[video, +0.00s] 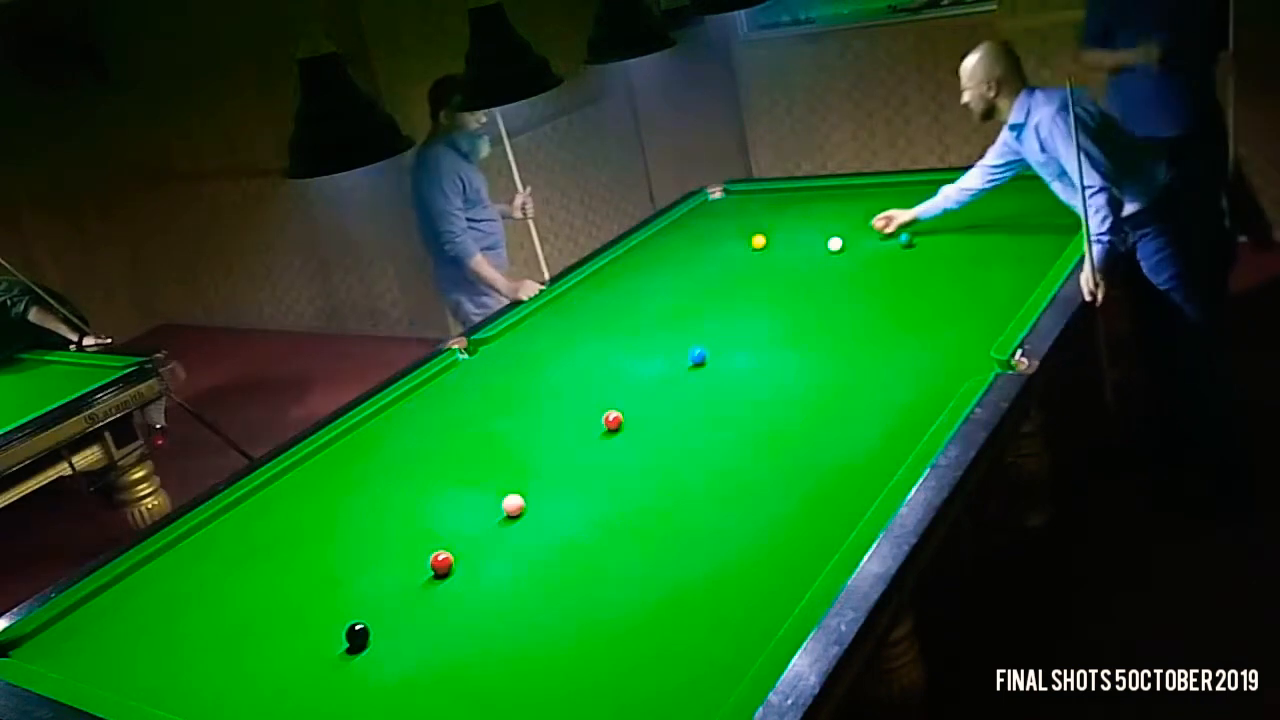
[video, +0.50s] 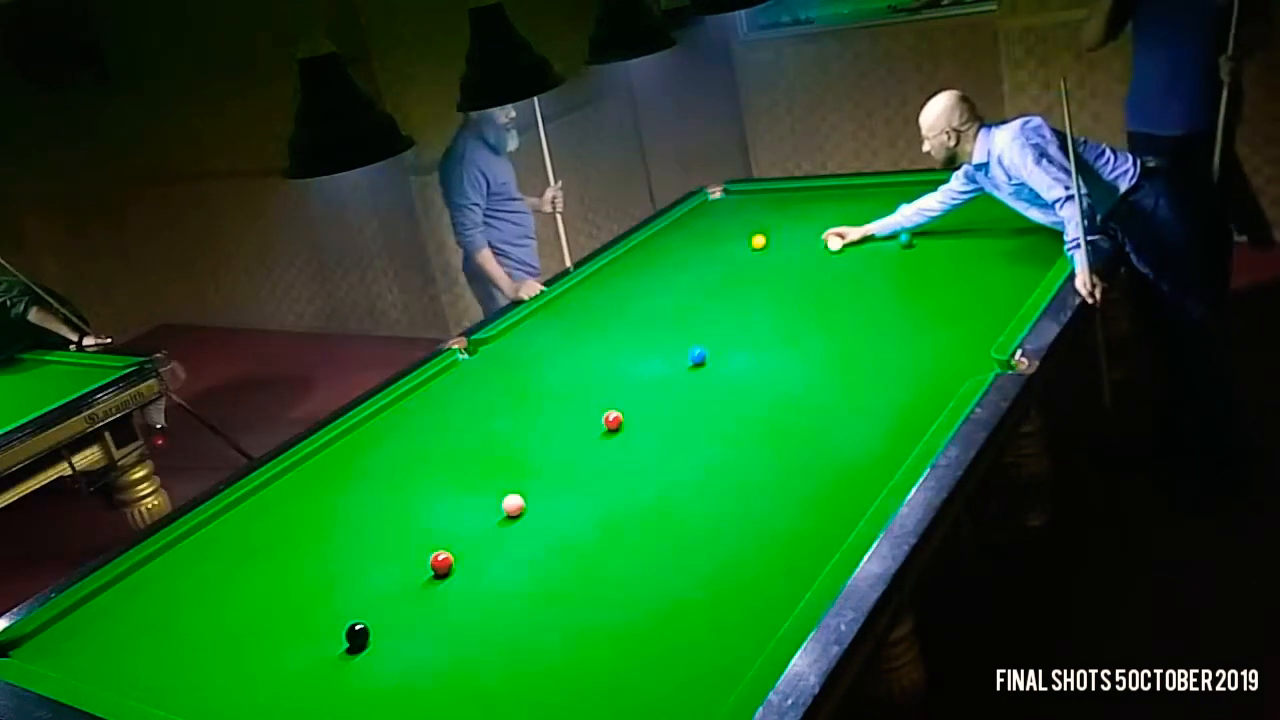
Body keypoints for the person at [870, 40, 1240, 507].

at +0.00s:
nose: (963, 98)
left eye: (967, 88)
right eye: (962, 89)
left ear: (992, 86)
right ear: (993, 86)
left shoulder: (1051, 112)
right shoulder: (1019, 130)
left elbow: (1097, 186)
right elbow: (974, 181)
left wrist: (1095, 258)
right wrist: (911, 214)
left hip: (1158, 220)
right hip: (1128, 227)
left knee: (1193, 341)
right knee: (1168, 342)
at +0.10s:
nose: (947, 114)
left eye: (952, 104)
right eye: (947, 105)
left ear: (979, 99)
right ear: (977, 100)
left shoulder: (1036, 119)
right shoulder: (1000, 143)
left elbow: (1081, 183)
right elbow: (955, 189)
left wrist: (1086, 255)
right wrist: (891, 220)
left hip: (1149, 214)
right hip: (1119, 224)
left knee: (1188, 330)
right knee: (1164, 332)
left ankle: (1208, 444)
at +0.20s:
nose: (935, 128)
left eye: (939, 117)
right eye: (934, 119)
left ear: (965, 112)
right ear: (964, 115)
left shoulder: (1025, 130)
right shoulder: (987, 155)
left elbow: (1075, 191)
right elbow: (941, 196)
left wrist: (1084, 258)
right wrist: (875, 226)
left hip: (1149, 200)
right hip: (1123, 217)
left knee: (1194, 317)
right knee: (1172, 319)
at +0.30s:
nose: (928, 138)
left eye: (931, 129)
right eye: (927, 129)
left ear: (958, 123)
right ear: (959, 125)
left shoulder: (1020, 135)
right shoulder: (981, 163)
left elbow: (1072, 195)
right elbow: (934, 201)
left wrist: (1082, 263)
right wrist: (867, 228)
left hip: (1149, 201)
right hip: (1125, 221)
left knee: (1194, 321)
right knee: (1171, 324)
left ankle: (1215, 445)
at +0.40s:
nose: (926, 144)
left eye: (929, 135)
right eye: (925, 136)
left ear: (956, 128)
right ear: (956, 129)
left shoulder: (1018, 139)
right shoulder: (979, 167)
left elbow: (1071, 196)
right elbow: (932, 205)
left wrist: (1082, 264)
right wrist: (864, 229)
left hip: (1149, 202)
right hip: (1125, 221)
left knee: (1195, 322)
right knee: (1173, 325)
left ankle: (1215, 447)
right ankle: (1195, 442)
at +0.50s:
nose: (924, 147)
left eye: (927, 138)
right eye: (923, 139)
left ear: (954, 132)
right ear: (955, 131)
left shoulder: (1015, 141)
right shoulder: (978, 168)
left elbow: (1070, 197)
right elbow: (931, 206)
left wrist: (1082, 263)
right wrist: (862, 231)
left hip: (1147, 201)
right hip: (1123, 221)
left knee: (1196, 319)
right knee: (1174, 323)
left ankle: (1216, 442)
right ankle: (1197, 438)